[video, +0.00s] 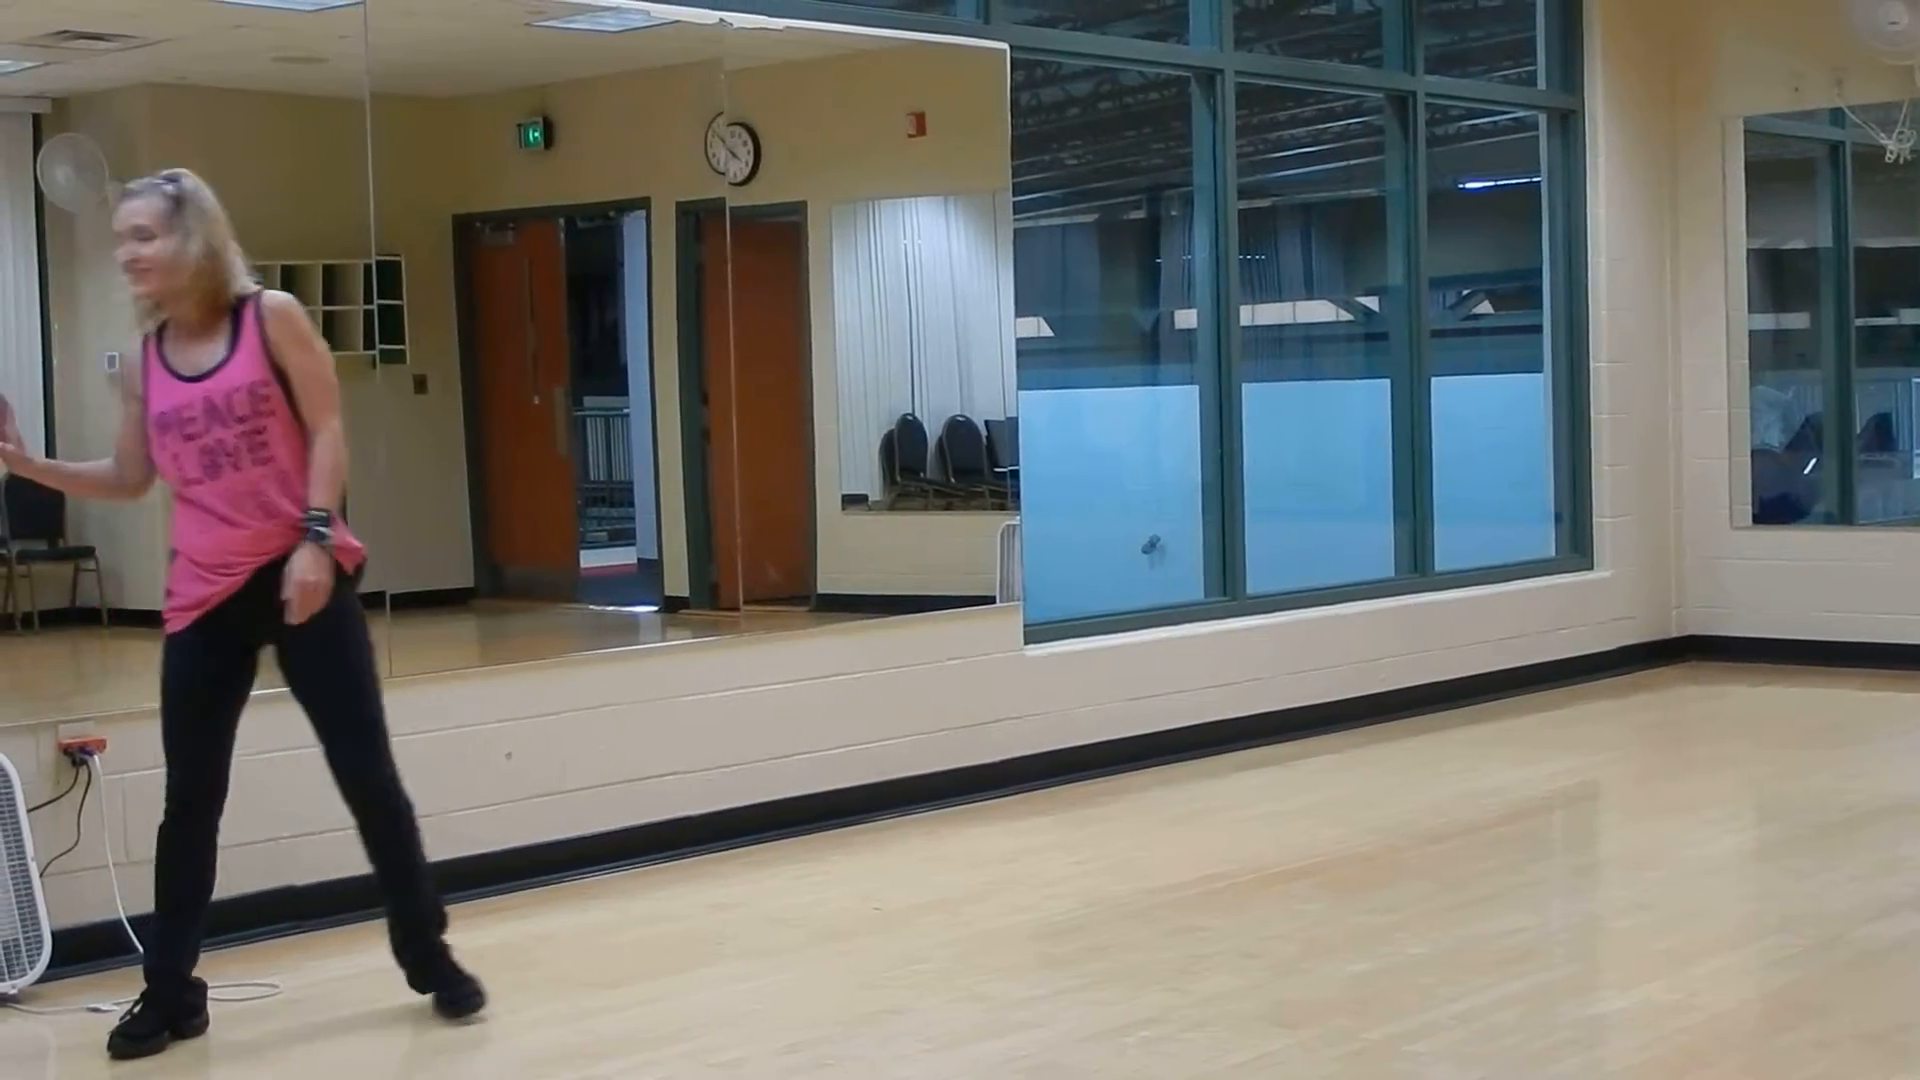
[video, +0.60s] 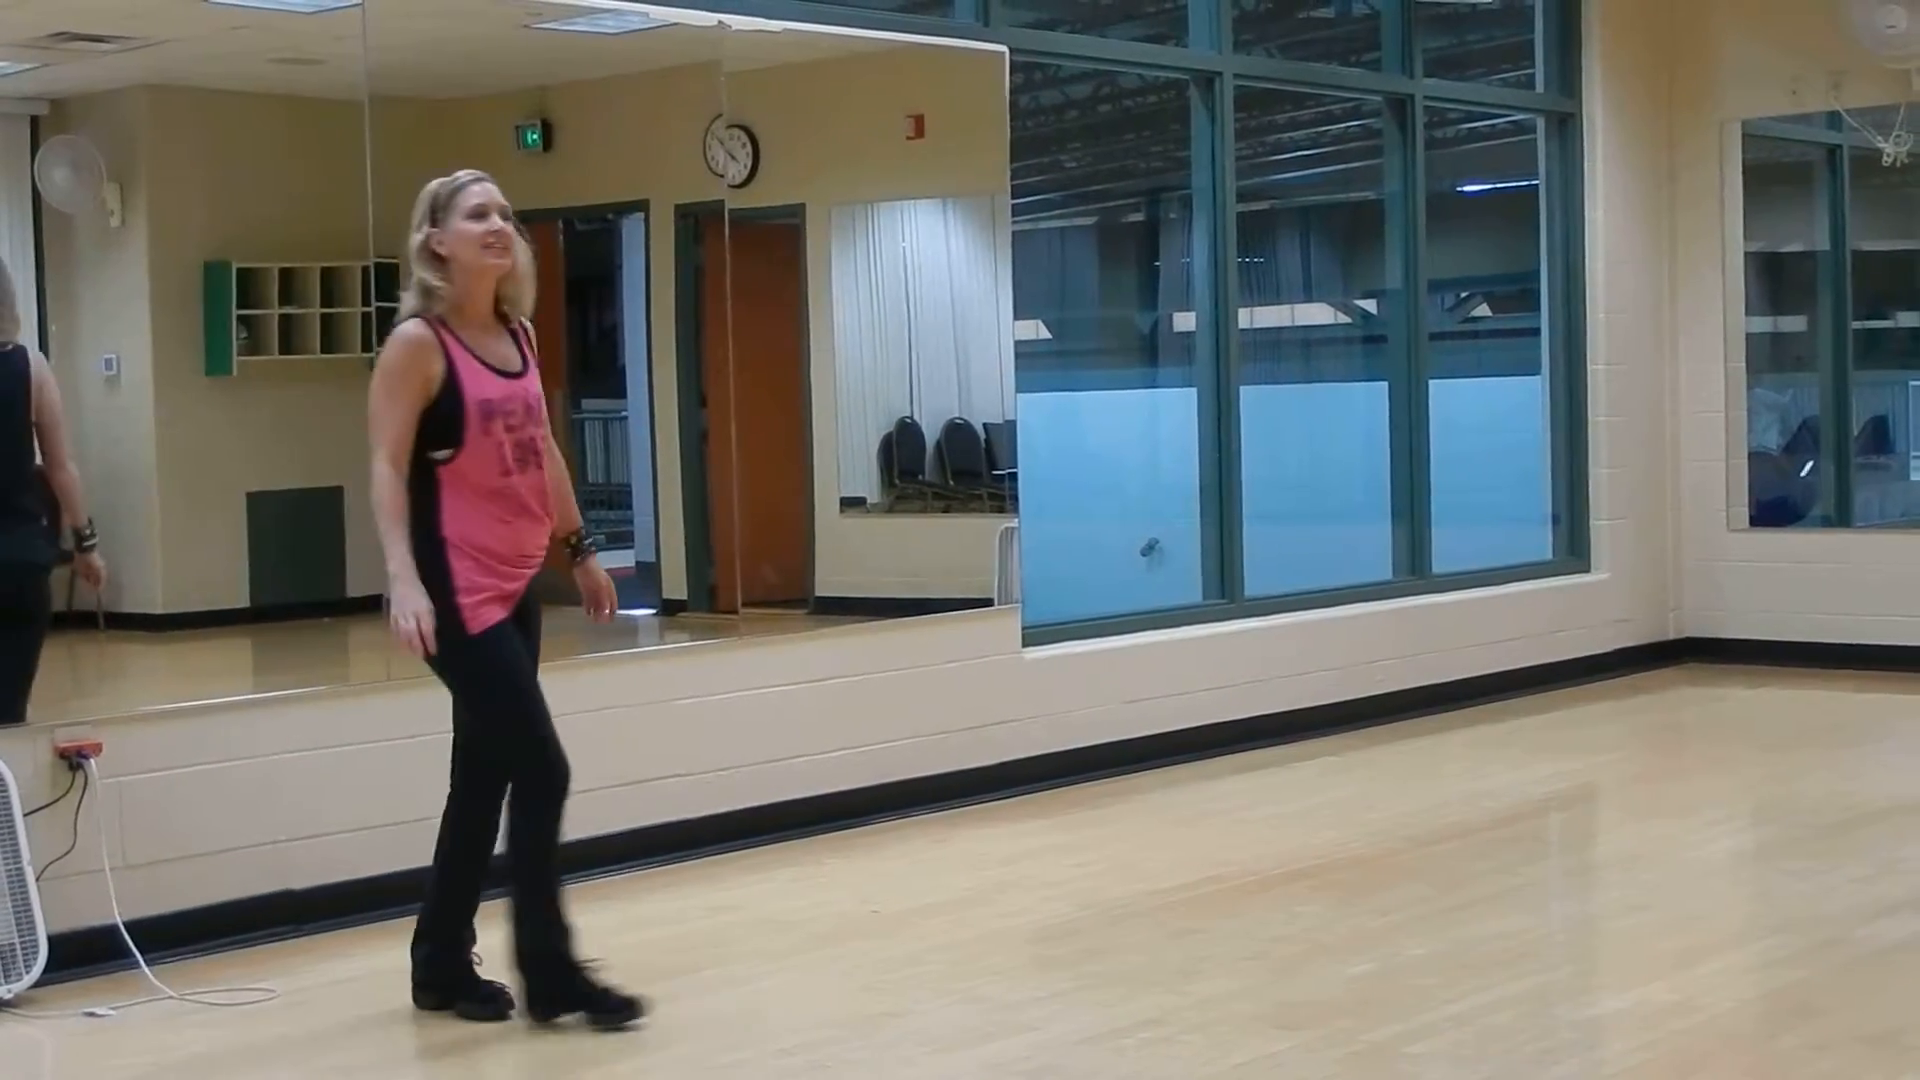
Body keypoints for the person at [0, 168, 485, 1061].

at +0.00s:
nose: (128, 255)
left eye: (144, 237)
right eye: (122, 241)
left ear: (196, 239)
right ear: (127, 256)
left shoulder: (274, 317)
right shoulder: (143, 358)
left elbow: (327, 426)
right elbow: (130, 479)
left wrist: (318, 539)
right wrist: (29, 464)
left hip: (303, 573)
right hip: (204, 593)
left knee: (369, 778)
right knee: (190, 796)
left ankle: (429, 955)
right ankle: (173, 990)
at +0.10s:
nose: (200, 250)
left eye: (219, 233)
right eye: (190, 236)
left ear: (263, 242)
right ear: (178, 254)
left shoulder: (323, 325)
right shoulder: (186, 361)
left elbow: (376, 434)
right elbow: (144, 477)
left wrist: (384, 545)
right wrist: (35, 465)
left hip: (346, 579)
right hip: (246, 598)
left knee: (406, 778)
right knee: (213, 797)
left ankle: (447, 958)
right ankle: (175, 990)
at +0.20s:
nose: (281, 250)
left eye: (299, 235)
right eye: (266, 238)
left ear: (332, 251)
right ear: (245, 260)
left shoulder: (384, 339)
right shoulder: (233, 372)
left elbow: (433, 455)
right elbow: (186, 482)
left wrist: (454, 556)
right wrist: (80, 469)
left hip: (406, 589)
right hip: (305, 608)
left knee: (446, 787)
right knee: (249, 798)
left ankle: (448, 966)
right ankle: (180, 988)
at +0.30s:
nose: (351, 250)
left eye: (366, 238)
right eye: (334, 239)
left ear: (390, 257)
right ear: (304, 261)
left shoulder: (433, 345)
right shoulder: (285, 374)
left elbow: (478, 457)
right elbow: (243, 483)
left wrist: (511, 559)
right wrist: (174, 502)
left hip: (454, 591)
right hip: (359, 608)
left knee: (474, 786)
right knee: (305, 798)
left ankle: (449, 969)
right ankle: (212, 987)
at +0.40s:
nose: (408, 238)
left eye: (420, 226)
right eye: (388, 226)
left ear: (439, 248)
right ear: (354, 249)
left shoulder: (469, 334)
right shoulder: (331, 357)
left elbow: (506, 445)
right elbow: (295, 466)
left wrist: (543, 548)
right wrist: (277, 530)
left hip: (480, 586)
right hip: (391, 599)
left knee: (479, 791)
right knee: (386, 793)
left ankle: (448, 968)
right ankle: (308, 973)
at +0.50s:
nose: (452, 228)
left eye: (462, 216)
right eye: (432, 216)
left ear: (478, 239)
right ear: (395, 240)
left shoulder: (497, 332)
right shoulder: (373, 344)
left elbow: (527, 439)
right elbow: (342, 462)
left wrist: (565, 545)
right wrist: (351, 561)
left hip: (498, 580)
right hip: (422, 589)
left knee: (486, 772)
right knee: (476, 770)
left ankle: (449, 962)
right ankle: (430, 977)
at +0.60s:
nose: (500, 226)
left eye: (505, 215)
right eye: (478, 215)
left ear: (513, 241)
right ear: (434, 242)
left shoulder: (515, 335)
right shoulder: (415, 344)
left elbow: (542, 447)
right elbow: (387, 471)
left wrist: (579, 549)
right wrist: (403, 581)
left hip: (517, 590)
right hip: (454, 597)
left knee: (477, 788)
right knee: (541, 768)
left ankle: (440, 965)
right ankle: (551, 978)